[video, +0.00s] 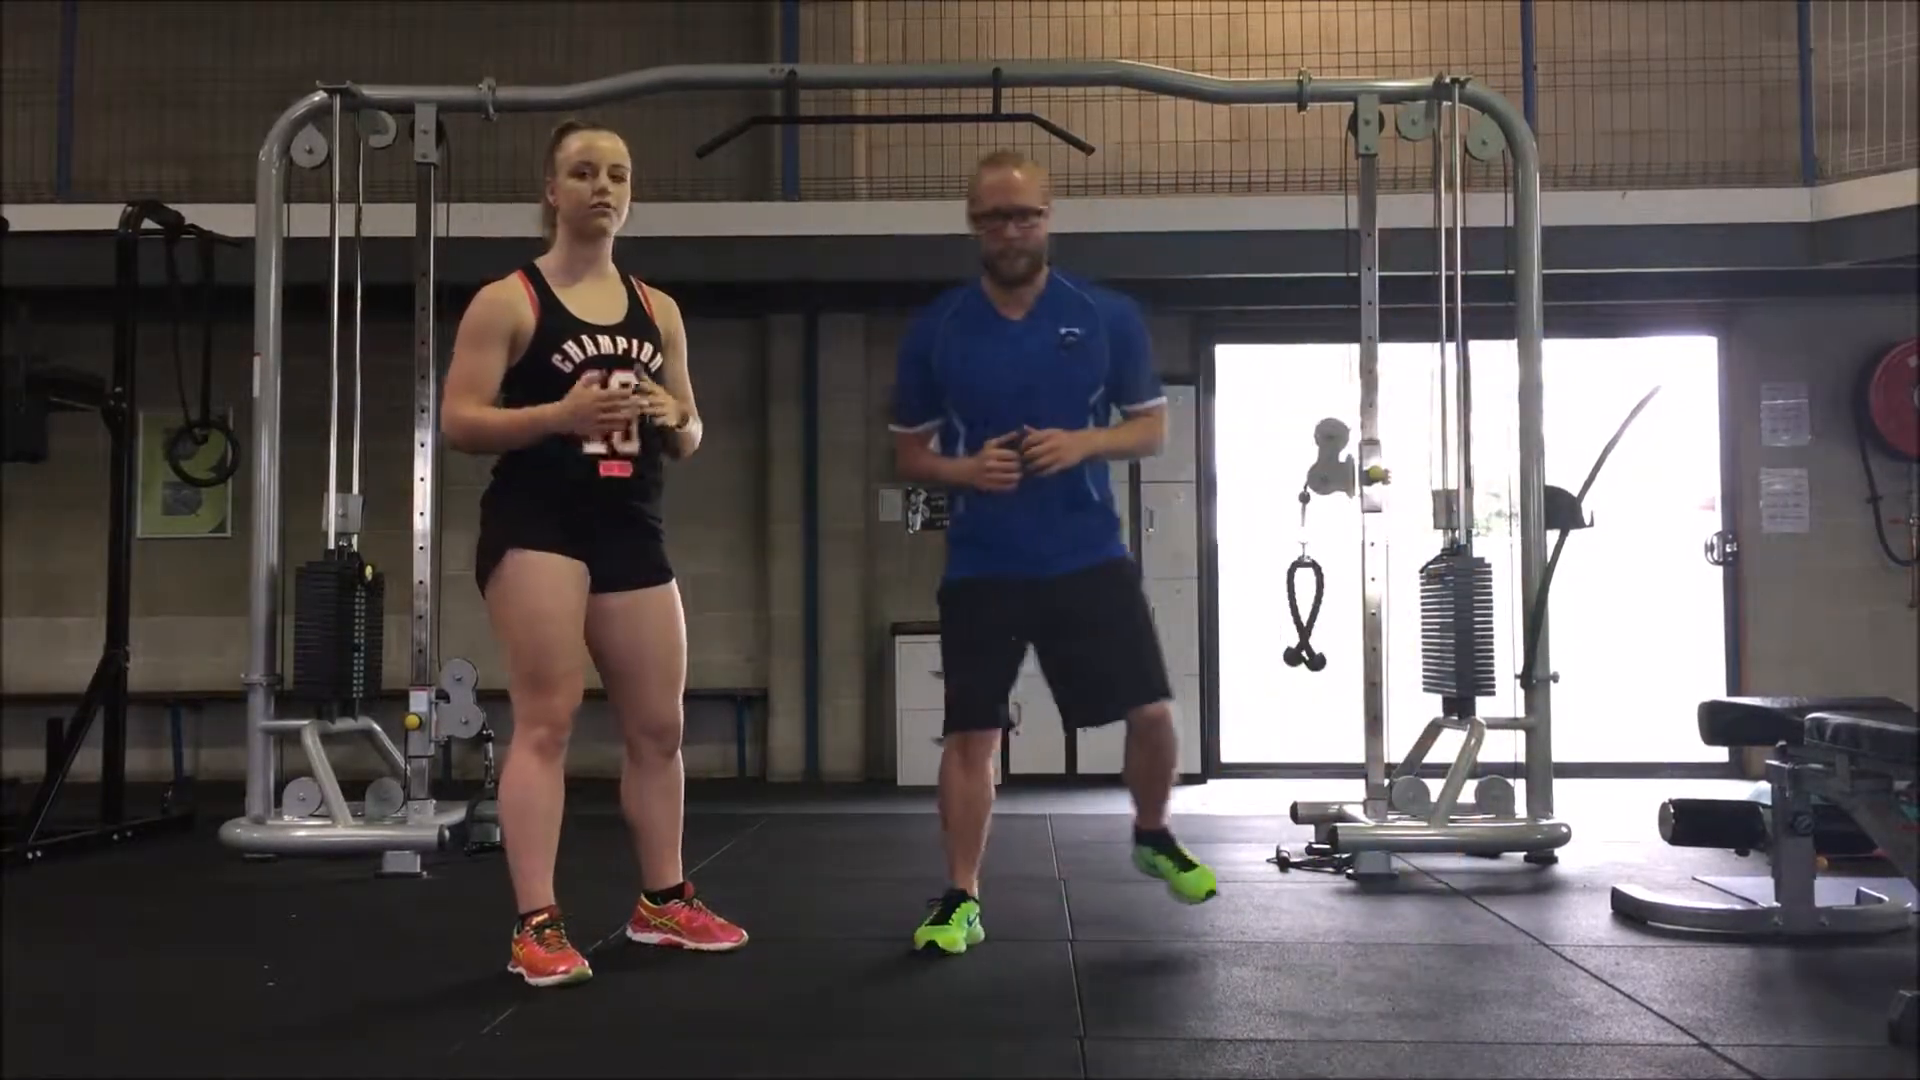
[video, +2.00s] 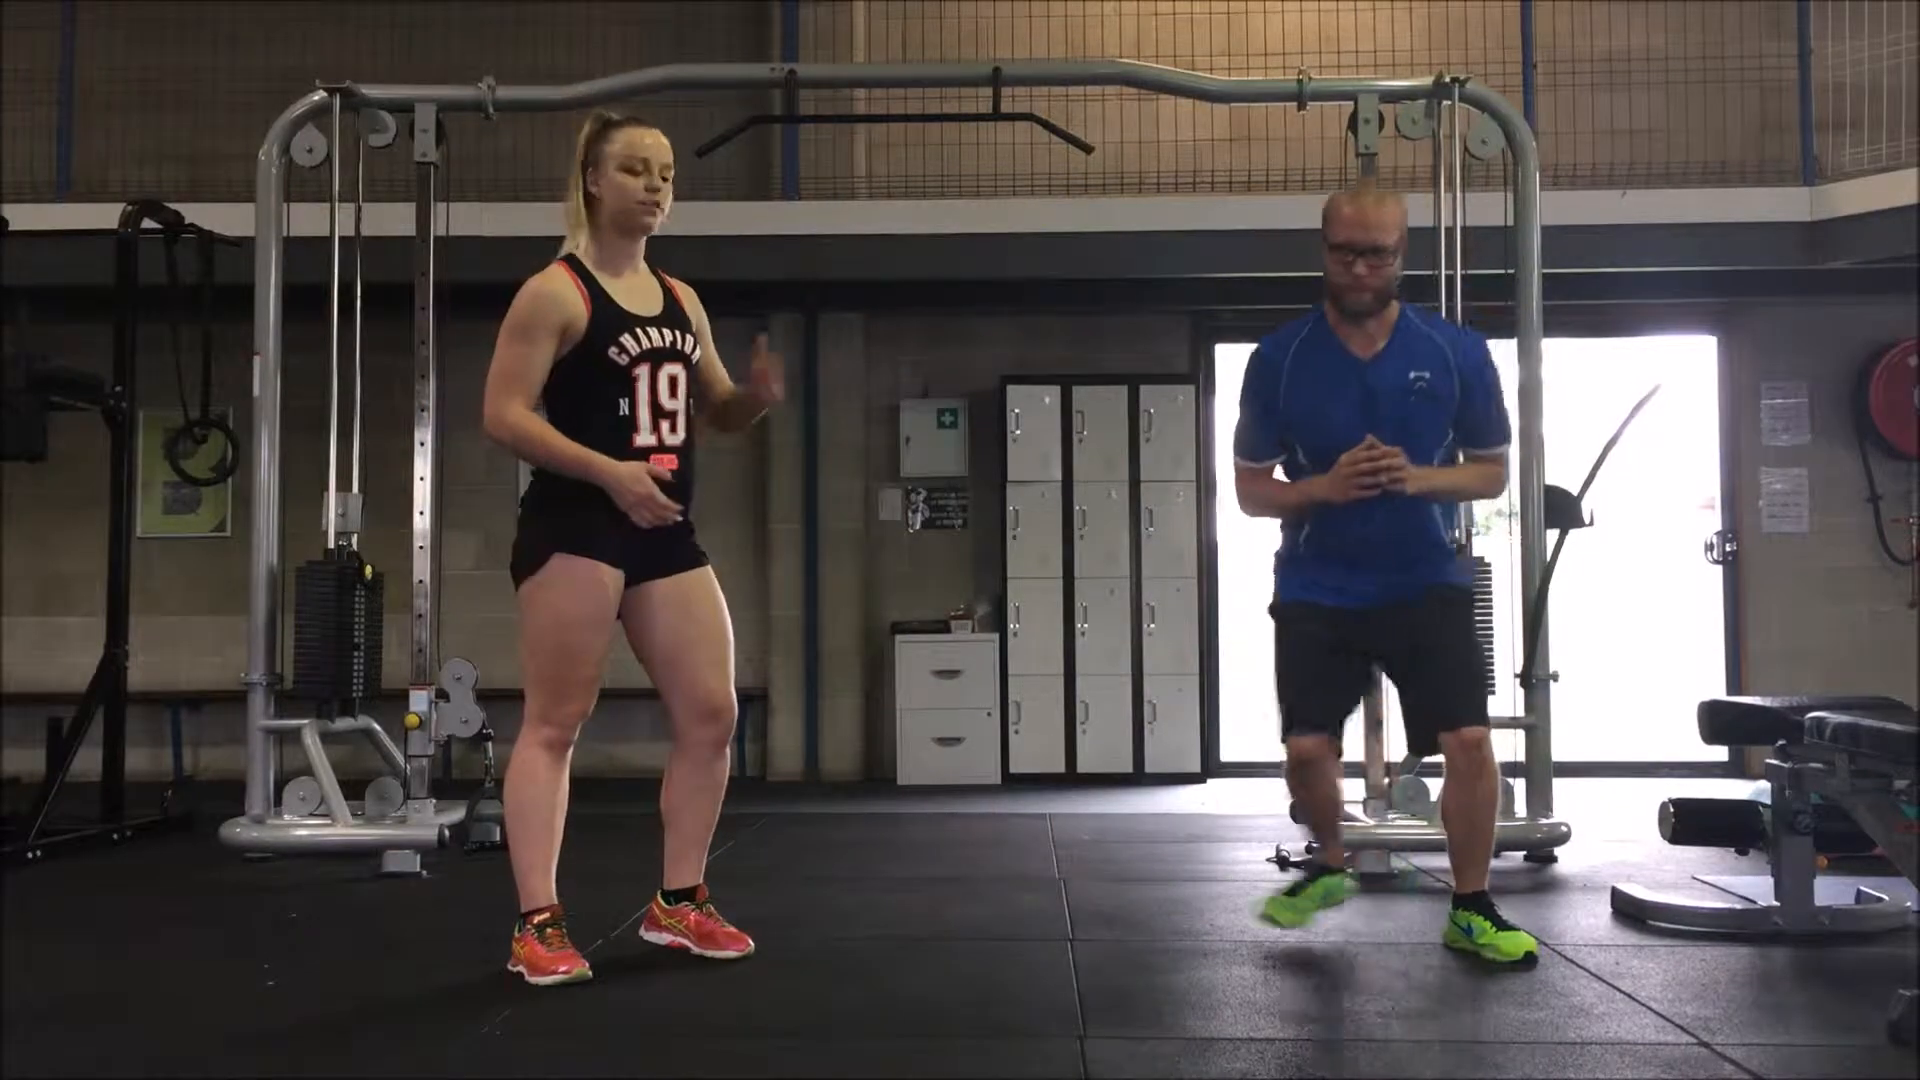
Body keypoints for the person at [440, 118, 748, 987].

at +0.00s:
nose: (601, 188)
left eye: (615, 176)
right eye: (583, 173)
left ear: (630, 196)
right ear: (550, 190)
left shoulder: (658, 310)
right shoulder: (504, 302)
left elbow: (689, 437)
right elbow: (460, 422)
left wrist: (668, 418)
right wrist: (563, 415)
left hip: (630, 530)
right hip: (536, 524)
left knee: (659, 730)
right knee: (545, 719)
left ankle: (665, 901)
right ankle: (537, 924)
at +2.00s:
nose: (656, 187)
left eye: (665, 176)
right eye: (637, 171)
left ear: (671, 194)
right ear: (590, 183)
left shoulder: (680, 299)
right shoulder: (552, 293)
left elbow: (719, 414)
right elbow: (503, 415)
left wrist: (751, 398)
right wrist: (609, 473)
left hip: (665, 533)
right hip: (575, 530)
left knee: (710, 716)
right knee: (553, 724)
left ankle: (679, 901)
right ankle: (538, 921)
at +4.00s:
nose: (621, 182)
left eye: (634, 171)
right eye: (603, 168)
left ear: (647, 193)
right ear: (565, 185)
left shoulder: (673, 301)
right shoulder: (521, 289)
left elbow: (719, 410)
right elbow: (480, 409)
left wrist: (695, 441)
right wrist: (601, 415)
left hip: (633, 532)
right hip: (538, 525)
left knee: (681, 724)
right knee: (543, 722)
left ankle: (673, 908)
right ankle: (537, 926)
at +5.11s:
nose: (644, 200)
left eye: (647, 186)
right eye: (627, 185)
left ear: (634, 197)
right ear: (574, 190)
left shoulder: (660, 301)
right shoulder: (508, 299)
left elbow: (698, 411)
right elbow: (457, 418)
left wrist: (683, 436)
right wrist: (555, 441)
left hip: (635, 529)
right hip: (541, 526)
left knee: (682, 720)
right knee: (545, 719)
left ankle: (673, 907)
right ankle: (537, 923)